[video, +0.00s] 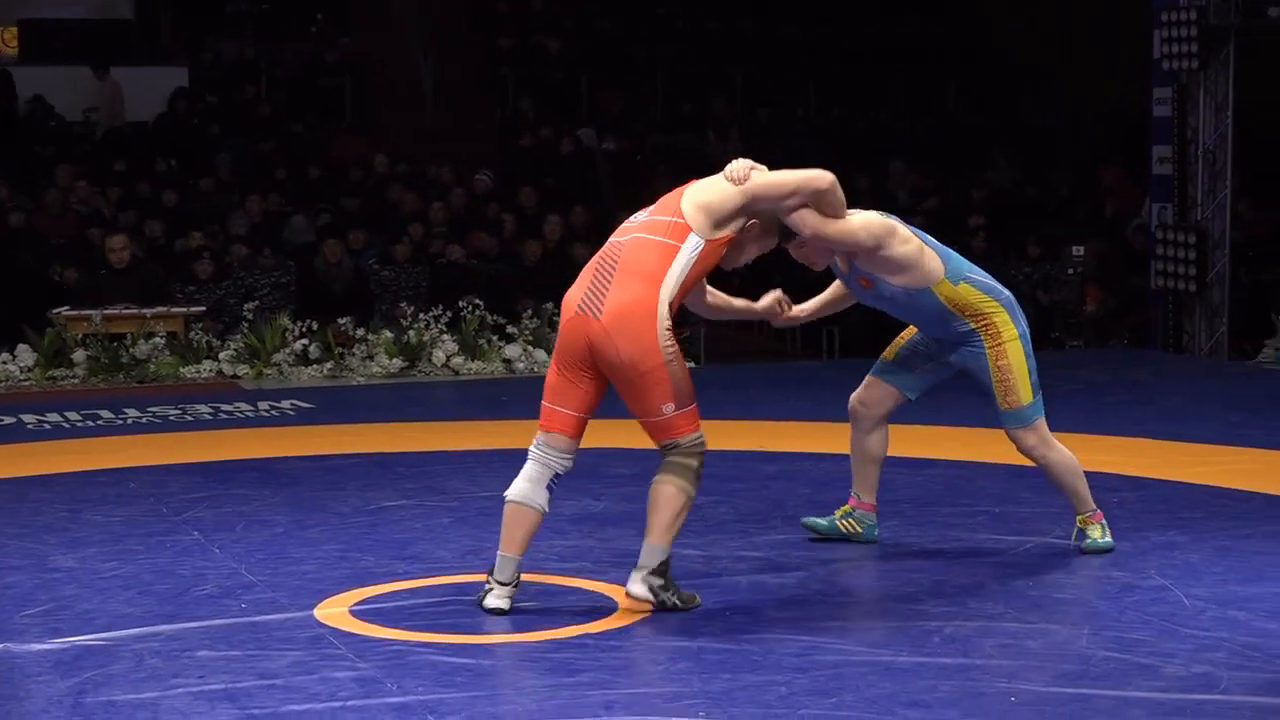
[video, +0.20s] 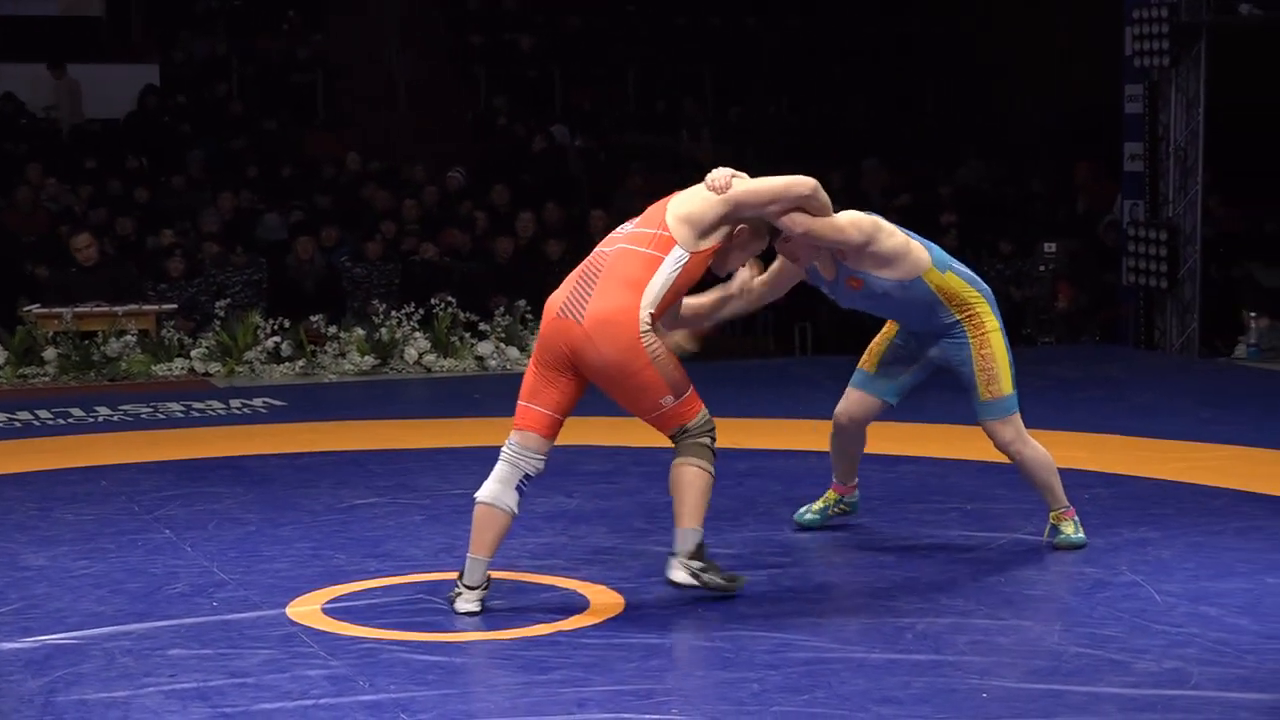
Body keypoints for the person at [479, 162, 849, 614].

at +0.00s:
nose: (756, 256)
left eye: (766, 250)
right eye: (766, 243)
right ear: (757, 219)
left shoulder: (671, 223)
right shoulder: (724, 197)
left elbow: (705, 302)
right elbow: (822, 179)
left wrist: (760, 310)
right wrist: (838, 229)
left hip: (575, 318)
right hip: (635, 325)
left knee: (545, 458)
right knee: (683, 450)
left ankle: (500, 584)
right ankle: (649, 573)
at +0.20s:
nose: (748, 261)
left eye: (758, 253)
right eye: (756, 247)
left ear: (735, 229)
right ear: (744, 224)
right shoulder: (709, 204)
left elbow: (664, 318)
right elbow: (808, 187)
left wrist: (731, 296)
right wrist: (828, 229)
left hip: (557, 322)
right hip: (618, 329)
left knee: (515, 462)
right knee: (695, 436)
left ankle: (470, 585)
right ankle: (687, 556)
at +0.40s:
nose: (757, 263)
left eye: (764, 257)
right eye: (765, 249)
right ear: (754, 225)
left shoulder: (665, 228)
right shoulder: (714, 209)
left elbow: (718, 309)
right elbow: (806, 197)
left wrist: (768, 266)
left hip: (546, 322)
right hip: (610, 333)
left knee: (524, 461)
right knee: (672, 448)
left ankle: (466, 572)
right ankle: (696, 565)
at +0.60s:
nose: (723, 263)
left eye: (728, 255)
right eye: (725, 253)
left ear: (683, 230)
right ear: (707, 240)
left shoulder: (635, 250)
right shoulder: (681, 269)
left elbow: (709, 329)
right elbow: (667, 369)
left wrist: (754, 282)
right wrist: (723, 378)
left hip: (514, 350)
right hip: (576, 352)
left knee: (550, 455)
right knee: (655, 454)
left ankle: (459, 539)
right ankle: (693, 570)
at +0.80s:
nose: (693, 276)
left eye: (697, 266)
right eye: (695, 263)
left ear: (670, 248)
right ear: (672, 248)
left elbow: (581, 397)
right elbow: (548, 263)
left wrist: (579, 473)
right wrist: (599, 327)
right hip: (475, 315)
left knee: (499, 447)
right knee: (549, 434)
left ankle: (431, 553)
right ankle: (550, 565)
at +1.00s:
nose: (659, 314)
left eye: (666, 306)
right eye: (665, 303)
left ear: (645, 282)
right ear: (650, 284)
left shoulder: (571, 308)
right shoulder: (586, 266)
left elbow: (513, 378)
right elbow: (535, 284)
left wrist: (513, 442)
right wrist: (589, 351)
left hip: (426, 320)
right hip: (431, 320)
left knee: (459, 446)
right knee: (482, 449)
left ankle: (423, 560)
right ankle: (478, 590)